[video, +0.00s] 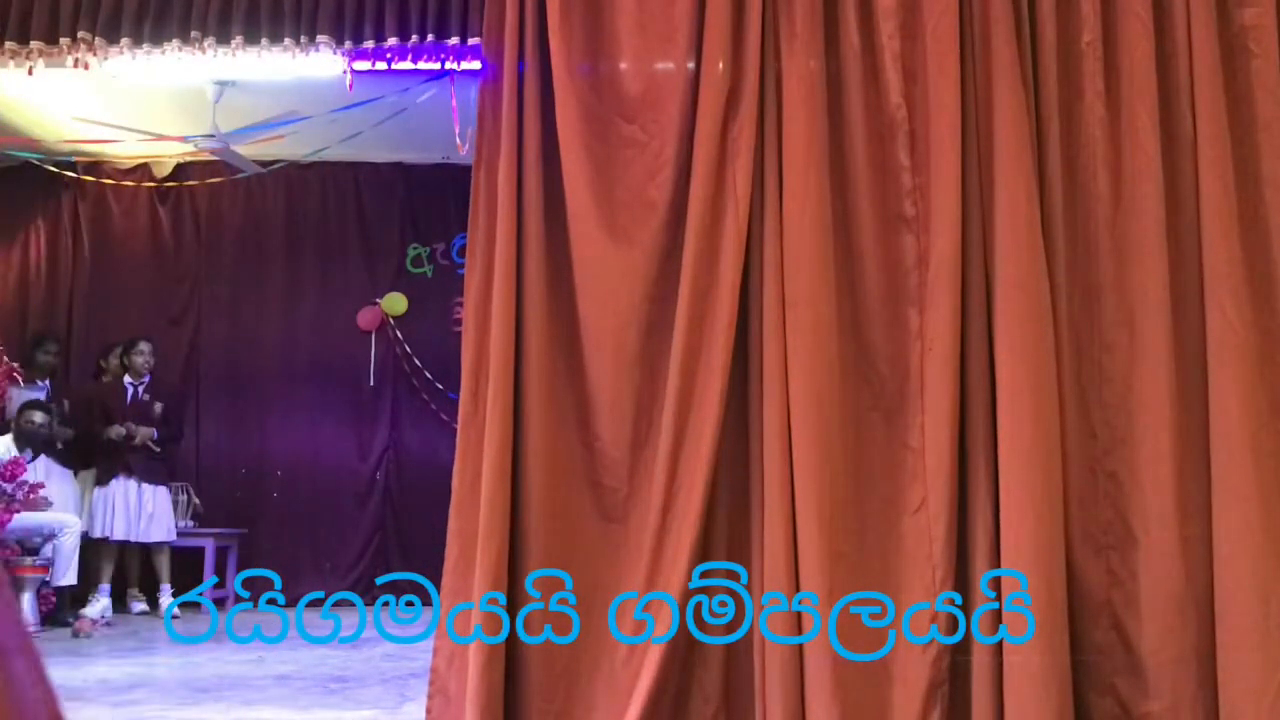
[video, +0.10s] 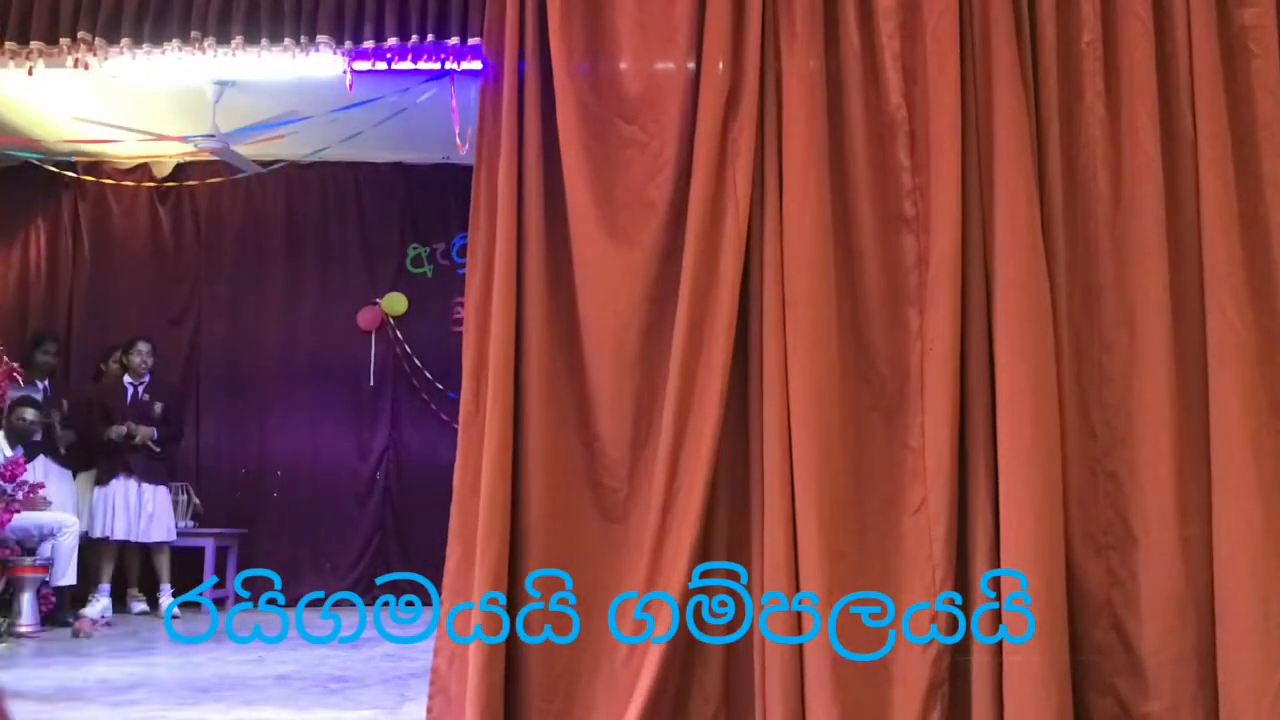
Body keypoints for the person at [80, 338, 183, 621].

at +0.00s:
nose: (146, 359)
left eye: (150, 354)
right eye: (140, 354)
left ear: (154, 360)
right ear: (127, 358)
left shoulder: (164, 393)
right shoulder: (106, 391)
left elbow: (175, 432)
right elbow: (92, 428)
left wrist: (150, 433)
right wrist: (109, 431)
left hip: (152, 474)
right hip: (114, 472)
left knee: (159, 539)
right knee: (108, 537)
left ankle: (166, 596)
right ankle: (102, 598)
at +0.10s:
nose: (144, 359)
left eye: (148, 355)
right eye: (138, 354)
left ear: (154, 361)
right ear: (125, 358)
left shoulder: (164, 393)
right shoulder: (105, 391)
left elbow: (175, 432)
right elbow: (90, 427)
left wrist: (151, 433)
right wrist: (109, 431)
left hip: (151, 474)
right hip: (113, 471)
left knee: (159, 538)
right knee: (108, 537)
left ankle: (166, 596)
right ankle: (102, 598)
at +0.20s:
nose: (142, 359)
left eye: (147, 355)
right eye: (137, 354)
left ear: (153, 361)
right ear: (125, 357)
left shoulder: (163, 394)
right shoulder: (104, 391)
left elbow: (175, 433)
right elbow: (91, 431)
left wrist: (150, 432)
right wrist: (112, 433)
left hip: (151, 474)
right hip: (113, 472)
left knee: (159, 538)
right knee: (108, 537)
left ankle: (166, 596)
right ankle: (102, 598)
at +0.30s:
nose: (140, 359)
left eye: (145, 355)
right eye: (135, 354)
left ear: (152, 361)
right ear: (124, 357)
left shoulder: (164, 394)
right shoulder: (105, 391)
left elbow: (174, 433)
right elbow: (94, 430)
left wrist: (149, 432)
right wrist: (118, 434)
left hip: (151, 474)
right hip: (113, 472)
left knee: (159, 538)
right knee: (108, 537)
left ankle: (166, 596)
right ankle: (102, 598)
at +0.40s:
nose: (140, 358)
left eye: (145, 354)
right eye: (135, 353)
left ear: (152, 360)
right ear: (124, 357)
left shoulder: (163, 393)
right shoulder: (105, 392)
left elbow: (174, 432)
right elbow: (96, 431)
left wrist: (145, 432)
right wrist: (123, 435)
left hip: (150, 474)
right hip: (112, 472)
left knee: (158, 538)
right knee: (107, 537)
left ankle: (166, 596)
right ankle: (102, 598)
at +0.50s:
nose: (140, 358)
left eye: (145, 354)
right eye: (135, 353)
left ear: (152, 361)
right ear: (124, 357)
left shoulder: (163, 393)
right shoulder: (105, 391)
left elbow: (174, 432)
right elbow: (94, 431)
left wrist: (146, 432)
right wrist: (118, 431)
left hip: (150, 474)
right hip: (112, 472)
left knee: (158, 538)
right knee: (107, 537)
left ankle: (166, 596)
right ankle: (102, 598)